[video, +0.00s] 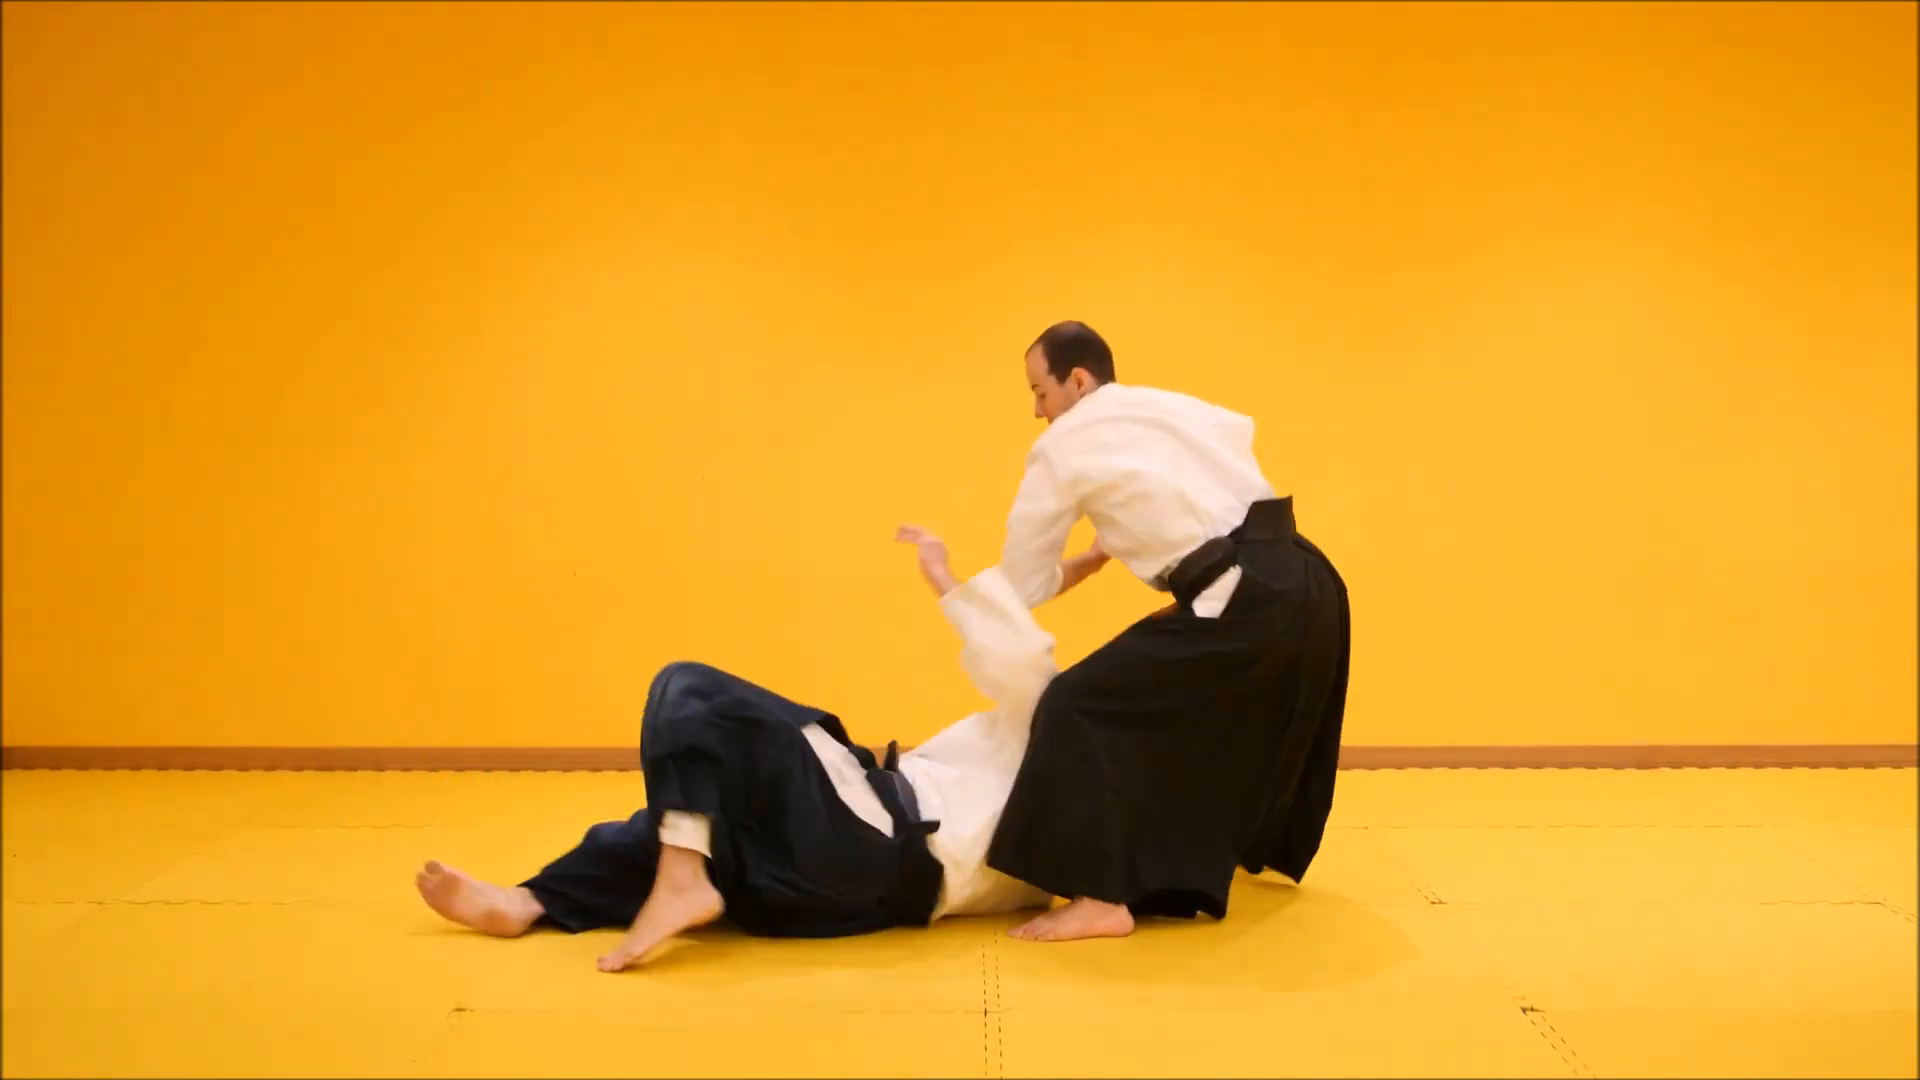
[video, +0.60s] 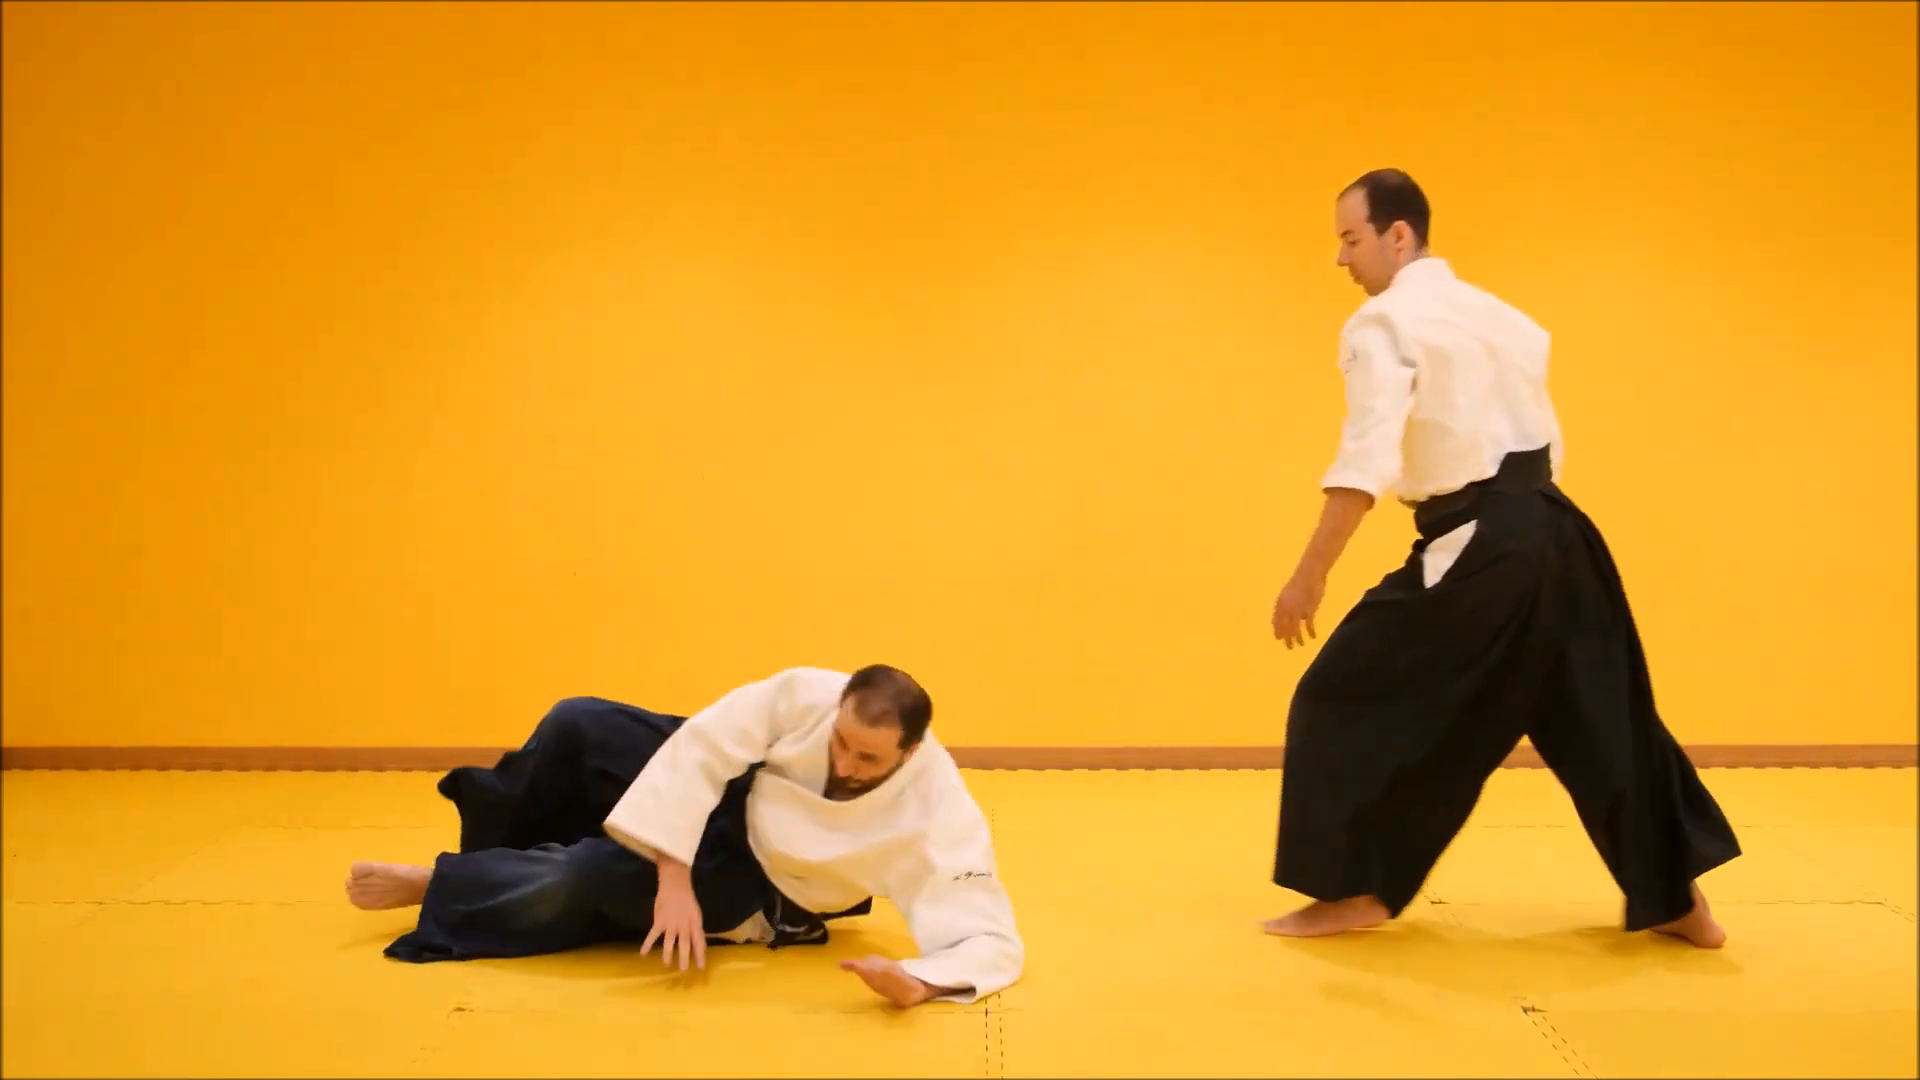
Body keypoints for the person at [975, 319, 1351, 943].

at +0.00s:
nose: (1036, 408)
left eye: (1040, 389)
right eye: (1033, 392)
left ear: (1079, 381)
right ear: (1092, 381)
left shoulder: (1065, 443)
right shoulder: (1168, 407)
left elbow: (1023, 581)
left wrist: (1097, 555)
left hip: (1243, 601)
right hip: (1312, 586)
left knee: (1073, 701)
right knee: (1181, 706)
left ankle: (1098, 898)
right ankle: (1180, 872)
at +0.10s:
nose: (1063, 372)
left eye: (1067, 353)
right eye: (1060, 355)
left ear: (1106, 344)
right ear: (1123, 344)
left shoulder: (1085, 406)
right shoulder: (1229, 384)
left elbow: (1038, 557)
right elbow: (1297, 495)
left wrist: (1120, 537)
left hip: (1251, 584)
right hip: (1332, 571)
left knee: (1089, 702)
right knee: (1294, 696)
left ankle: (1101, 897)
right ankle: (1354, 838)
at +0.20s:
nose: (1100, 338)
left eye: (1105, 319)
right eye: (1099, 321)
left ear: (1148, 313)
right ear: (1172, 313)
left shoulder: (1119, 381)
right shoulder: (1261, 370)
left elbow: (1081, 520)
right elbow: (1333, 493)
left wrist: (1126, 560)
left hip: (1268, 579)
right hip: (1354, 570)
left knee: (1100, 706)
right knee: (1358, 708)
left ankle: (1100, 898)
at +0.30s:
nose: (1159, 312)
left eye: (1166, 295)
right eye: (1159, 295)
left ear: (1208, 293)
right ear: (1231, 295)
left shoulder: (1182, 370)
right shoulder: (1317, 367)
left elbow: (1159, 494)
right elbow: (1376, 483)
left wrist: (1147, 583)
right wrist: (1369, 562)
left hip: (1307, 579)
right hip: (1383, 568)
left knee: (1124, 720)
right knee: (1451, 729)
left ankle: (1101, 898)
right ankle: (1621, 834)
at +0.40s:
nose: (1233, 299)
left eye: (1239, 281)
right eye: (1232, 283)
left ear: (1282, 275)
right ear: (1305, 278)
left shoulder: (1269, 357)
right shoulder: (1395, 351)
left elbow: (1251, 486)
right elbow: (1437, 474)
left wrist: (1191, 573)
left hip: (1374, 573)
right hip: (1454, 562)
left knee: (1225, 712)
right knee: (1530, 728)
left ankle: (1124, 890)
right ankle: (1676, 886)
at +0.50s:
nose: (1298, 279)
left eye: (1306, 262)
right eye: (1297, 264)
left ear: (1354, 259)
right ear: (1367, 260)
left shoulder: (1338, 342)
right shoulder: (1461, 334)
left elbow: (1320, 472)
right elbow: (1498, 461)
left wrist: (1255, 572)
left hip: (1438, 563)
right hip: (1522, 555)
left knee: (1300, 710)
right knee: (1578, 726)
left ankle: (1207, 890)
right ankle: (1683, 899)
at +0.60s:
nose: (1341, 257)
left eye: (1349, 238)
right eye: (1338, 241)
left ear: (1397, 234)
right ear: (1410, 238)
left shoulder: (1384, 323)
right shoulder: (1500, 316)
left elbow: (1365, 465)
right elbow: (1541, 445)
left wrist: (1309, 573)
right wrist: (1515, 517)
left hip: (1472, 548)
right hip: (1553, 536)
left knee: (1333, 696)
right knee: (1599, 714)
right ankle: (1679, 898)